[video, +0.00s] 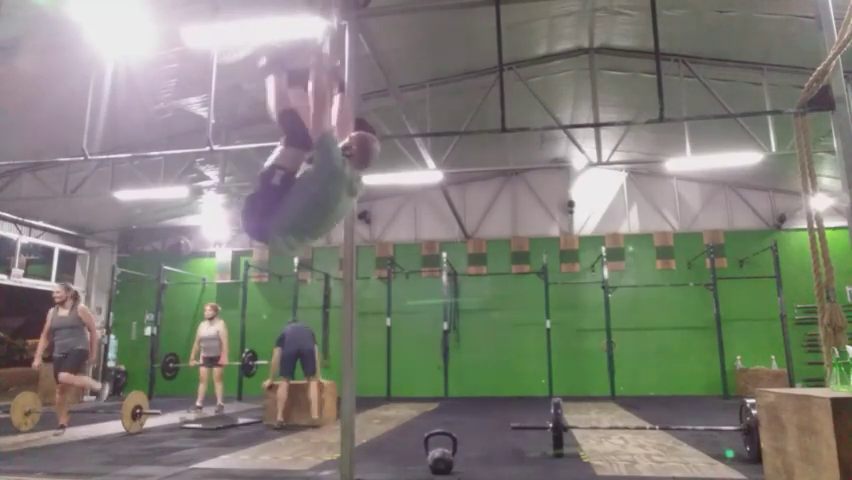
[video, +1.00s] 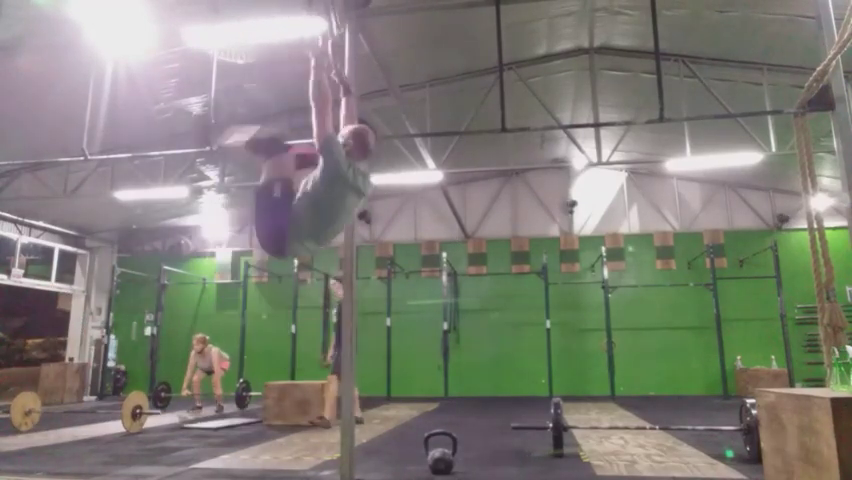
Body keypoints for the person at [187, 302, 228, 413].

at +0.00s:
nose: (206, 313)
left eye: (209, 310)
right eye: (205, 310)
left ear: (215, 312)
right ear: (204, 312)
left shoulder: (220, 324)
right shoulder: (202, 325)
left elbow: (224, 341)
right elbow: (197, 342)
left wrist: (224, 357)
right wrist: (192, 358)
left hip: (217, 354)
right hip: (204, 354)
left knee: (217, 378)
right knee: (202, 379)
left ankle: (219, 403)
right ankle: (199, 403)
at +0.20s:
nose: (199, 334)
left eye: (201, 331)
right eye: (198, 331)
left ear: (207, 332)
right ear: (197, 332)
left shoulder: (215, 341)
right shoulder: (196, 342)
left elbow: (220, 359)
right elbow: (192, 359)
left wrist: (220, 377)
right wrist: (187, 376)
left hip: (219, 360)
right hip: (206, 360)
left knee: (218, 381)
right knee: (197, 378)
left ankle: (219, 404)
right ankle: (198, 404)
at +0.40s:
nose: (197, 336)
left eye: (199, 334)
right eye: (195, 334)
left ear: (205, 334)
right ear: (194, 335)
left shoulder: (213, 342)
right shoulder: (195, 344)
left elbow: (219, 360)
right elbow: (191, 360)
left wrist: (220, 377)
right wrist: (187, 378)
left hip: (219, 360)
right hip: (205, 361)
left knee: (218, 382)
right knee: (197, 379)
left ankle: (219, 404)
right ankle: (198, 404)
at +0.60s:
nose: (203, 313)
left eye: (206, 311)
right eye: (203, 311)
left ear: (211, 313)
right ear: (201, 312)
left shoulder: (218, 326)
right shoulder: (200, 325)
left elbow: (223, 346)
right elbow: (194, 343)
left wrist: (222, 361)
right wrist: (191, 358)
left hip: (216, 358)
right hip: (203, 357)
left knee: (217, 380)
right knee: (202, 380)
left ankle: (219, 403)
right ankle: (198, 402)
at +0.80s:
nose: (203, 315)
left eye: (206, 313)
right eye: (202, 313)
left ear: (211, 315)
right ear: (201, 315)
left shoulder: (215, 327)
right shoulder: (199, 327)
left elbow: (217, 344)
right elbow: (194, 345)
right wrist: (190, 360)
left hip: (209, 359)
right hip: (199, 359)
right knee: (197, 380)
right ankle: (198, 400)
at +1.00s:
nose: (195, 347)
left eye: (198, 344)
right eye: (194, 344)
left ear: (204, 344)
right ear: (193, 345)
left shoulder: (213, 351)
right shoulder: (194, 353)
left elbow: (217, 369)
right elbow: (190, 370)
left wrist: (217, 388)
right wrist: (184, 387)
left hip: (221, 364)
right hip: (205, 367)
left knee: (215, 381)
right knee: (195, 379)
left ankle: (219, 404)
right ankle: (198, 404)